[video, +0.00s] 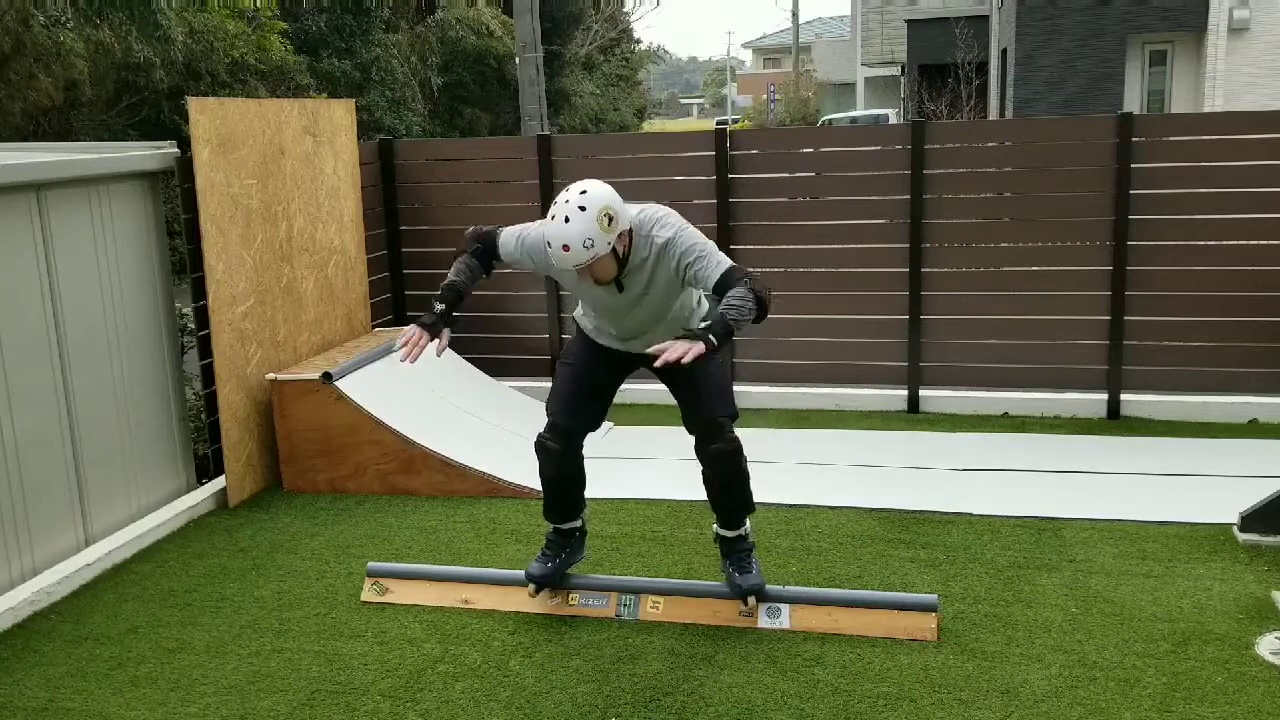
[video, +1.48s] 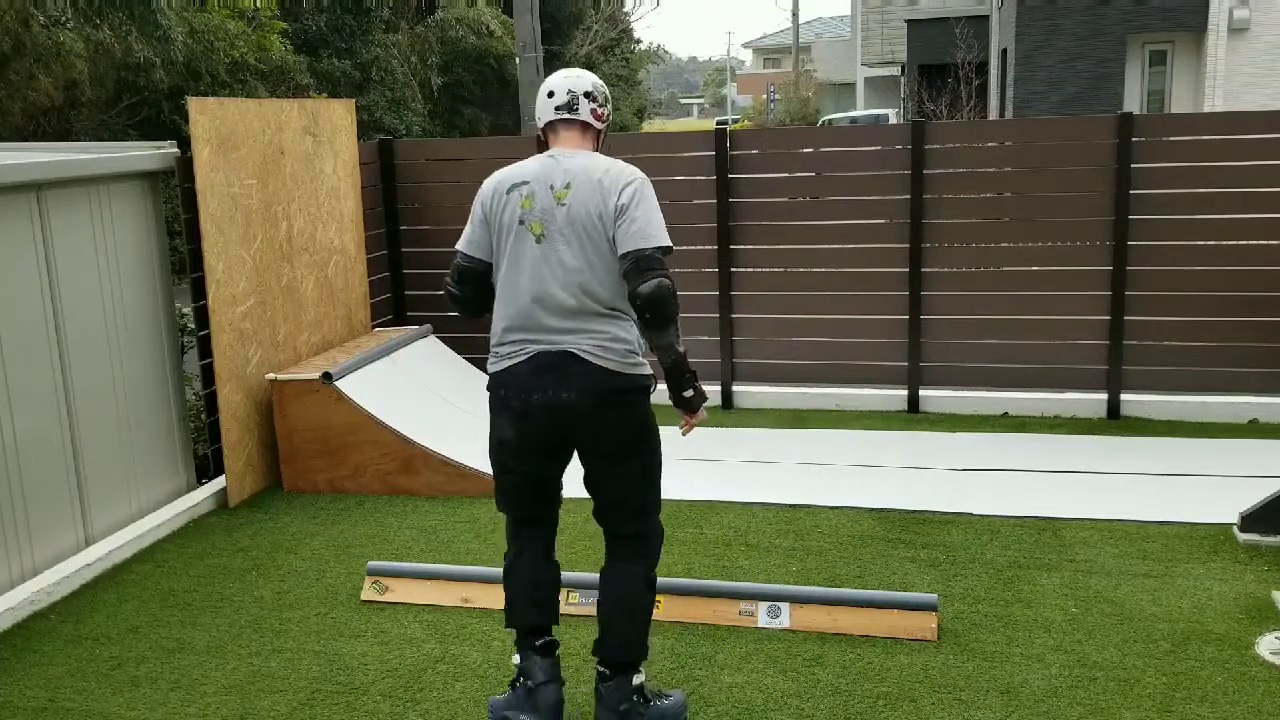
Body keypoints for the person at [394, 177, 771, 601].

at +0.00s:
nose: (585, 276)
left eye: (592, 264)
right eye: (575, 267)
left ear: (621, 238)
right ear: (559, 247)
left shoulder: (667, 233)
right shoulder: (554, 245)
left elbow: (744, 292)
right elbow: (484, 246)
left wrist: (709, 336)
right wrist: (438, 312)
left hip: (685, 335)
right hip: (602, 332)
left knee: (719, 441)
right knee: (557, 441)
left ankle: (738, 550)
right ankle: (565, 541)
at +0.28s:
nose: (531, 188)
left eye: (536, 174)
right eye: (523, 178)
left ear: (571, 154)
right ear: (524, 168)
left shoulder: (640, 176)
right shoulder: (535, 192)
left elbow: (691, 255)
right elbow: (515, 241)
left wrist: (598, 274)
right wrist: (489, 310)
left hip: (660, 337)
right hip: (586, 342)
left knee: (644, 475)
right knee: (567, 465)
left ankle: (684, 599)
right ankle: (614, 588)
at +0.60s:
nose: (489, 195)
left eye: (489, 182)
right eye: (483, 185)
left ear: (520, 166)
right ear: (523, 167)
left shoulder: (587, 209)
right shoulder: (558, 213)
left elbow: (600, 319)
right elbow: (573, 315)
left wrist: (518, 329)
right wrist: (510, 326)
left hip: (622, 384)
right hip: (583, 385)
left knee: (549, 514)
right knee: (547, 514)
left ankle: (626, 653)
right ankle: (609, 639)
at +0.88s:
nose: (485, 163)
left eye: (481, 149)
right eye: (479, 151)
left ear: (494, 136)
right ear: (539, 127)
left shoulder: (512, 182)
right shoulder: (608, 178)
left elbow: (484, 293)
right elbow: (679, 260)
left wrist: (469, 305)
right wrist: (695, 337)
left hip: (560, 384)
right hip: (617, 368)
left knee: (530, 533)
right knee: (587, 504)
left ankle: (552, 686)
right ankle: (624, 628)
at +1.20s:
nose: (511, 134)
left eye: (503, 125)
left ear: (504, 126)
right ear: (566, 121)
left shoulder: (478, 185)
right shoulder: (611, 180)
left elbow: (446, 292)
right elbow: (655, 286)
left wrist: (474, 344)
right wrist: (679, 367)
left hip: (508, 386)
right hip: (599, 379)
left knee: (522, 540)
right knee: (621, 517)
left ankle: (548, 691)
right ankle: (632, 670)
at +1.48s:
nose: (602, 128)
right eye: (603, 119)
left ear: (541, 123)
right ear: (601, 120)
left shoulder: (498, 186)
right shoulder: (624, 182)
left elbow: (466, 294)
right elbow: (652, 293)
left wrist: (522, 273)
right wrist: (679, 374)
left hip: (519, 383)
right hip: (609, 382)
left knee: (528, 528)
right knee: (632, 534)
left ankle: (536, 683)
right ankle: (620, 690)